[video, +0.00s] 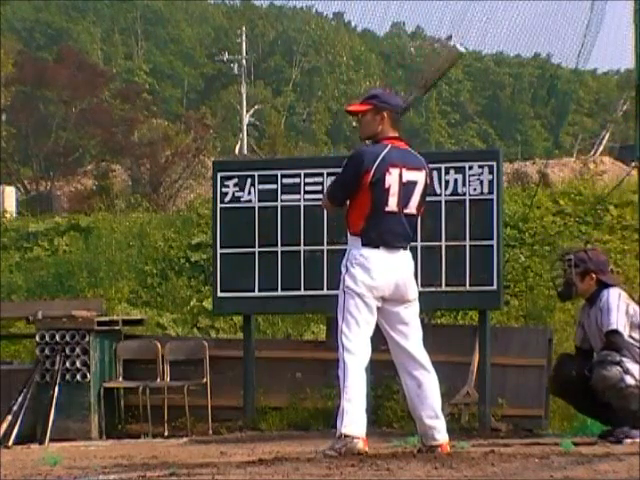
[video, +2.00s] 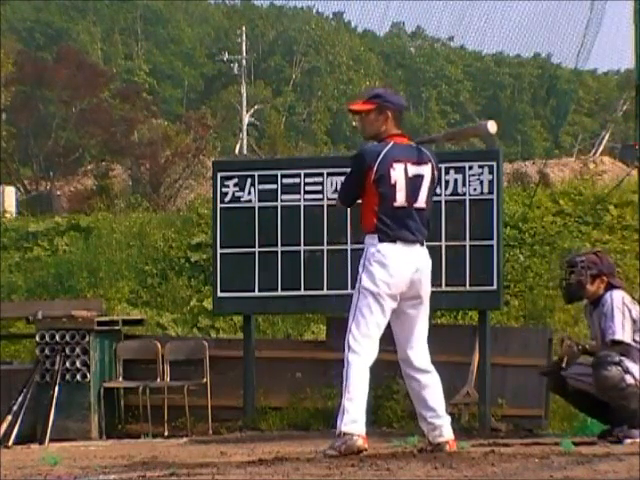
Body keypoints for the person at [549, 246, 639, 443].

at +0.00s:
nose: (566, 281)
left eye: (572, 276)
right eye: (566, 276)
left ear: (591, 278)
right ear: (589, 279)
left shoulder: (611, 297)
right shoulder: (586, 310)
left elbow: (616, 343)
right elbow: (583, 353)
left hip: (635, 371)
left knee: (605, 368)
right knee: (563, 372)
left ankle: (632, 426)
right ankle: (618, 424)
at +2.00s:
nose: (571, 282)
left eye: (579, 276)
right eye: (571, 275)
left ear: (601, 281)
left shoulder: (615, 299)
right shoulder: (591, 307)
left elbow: (622, 349)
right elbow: (603, 348)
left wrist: (582, 349)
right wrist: (566, 360)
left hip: (634, 371)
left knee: (606, 367)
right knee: (559, 378)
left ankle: (633, 425)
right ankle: (617, 423)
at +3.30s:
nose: (576, 278)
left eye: (583, 272)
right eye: (576, 272)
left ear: (605, 277)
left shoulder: (619, 301)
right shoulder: (595, 308)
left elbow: (627, 355)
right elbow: (596, 352)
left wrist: (576, 346)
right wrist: (570, 344)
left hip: (633, 378)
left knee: (599, 370)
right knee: (559, 373)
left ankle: (633, 425)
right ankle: (619, 424)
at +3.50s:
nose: (571, 266)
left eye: (579, 261)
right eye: (571, 260)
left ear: (598, 265)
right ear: (596, 267)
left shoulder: (609, 287)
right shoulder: (597, 291)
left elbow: (605, 328)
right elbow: (587, 333)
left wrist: (571, 317)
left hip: (632, 366)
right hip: (618, 363)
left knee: (595, 374)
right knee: (560, 375)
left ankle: (633, 424)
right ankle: (620, 424)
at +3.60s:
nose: (569, 247)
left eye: (576, 242)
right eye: (568, 241)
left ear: (596, 248)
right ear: (594, 249)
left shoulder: (607, 268)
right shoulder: (593, 273)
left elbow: (588, 300)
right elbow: (575, 306)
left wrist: (565, 299)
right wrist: (566, 297)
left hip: (635, 349)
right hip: (621, 349)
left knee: (588, 366)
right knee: (561, 371)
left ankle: (634, 423)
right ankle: (620, 422)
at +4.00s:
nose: (566, 264)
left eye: (574, 259)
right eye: (566, 258)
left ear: (594, 266)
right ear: (593, 266)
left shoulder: (602, 288)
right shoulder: (589, 290)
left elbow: (574, 318)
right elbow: (568, 310)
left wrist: (554, 310)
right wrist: (555, 311)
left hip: (633, 371)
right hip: (621, 368)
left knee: (567, 363)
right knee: (556, 373)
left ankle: (611, 428)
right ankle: (620, 421)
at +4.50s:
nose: (562, 282)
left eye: (570, 278)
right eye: (564, 276)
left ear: (592, 286)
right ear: (592, 286)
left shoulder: (596, 309)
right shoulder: (602, 306)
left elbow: (563, 345)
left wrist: (541, 317)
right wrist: (532, 317)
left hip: (630, 396)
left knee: (556, 371)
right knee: (559, 367)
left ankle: (606, 426)